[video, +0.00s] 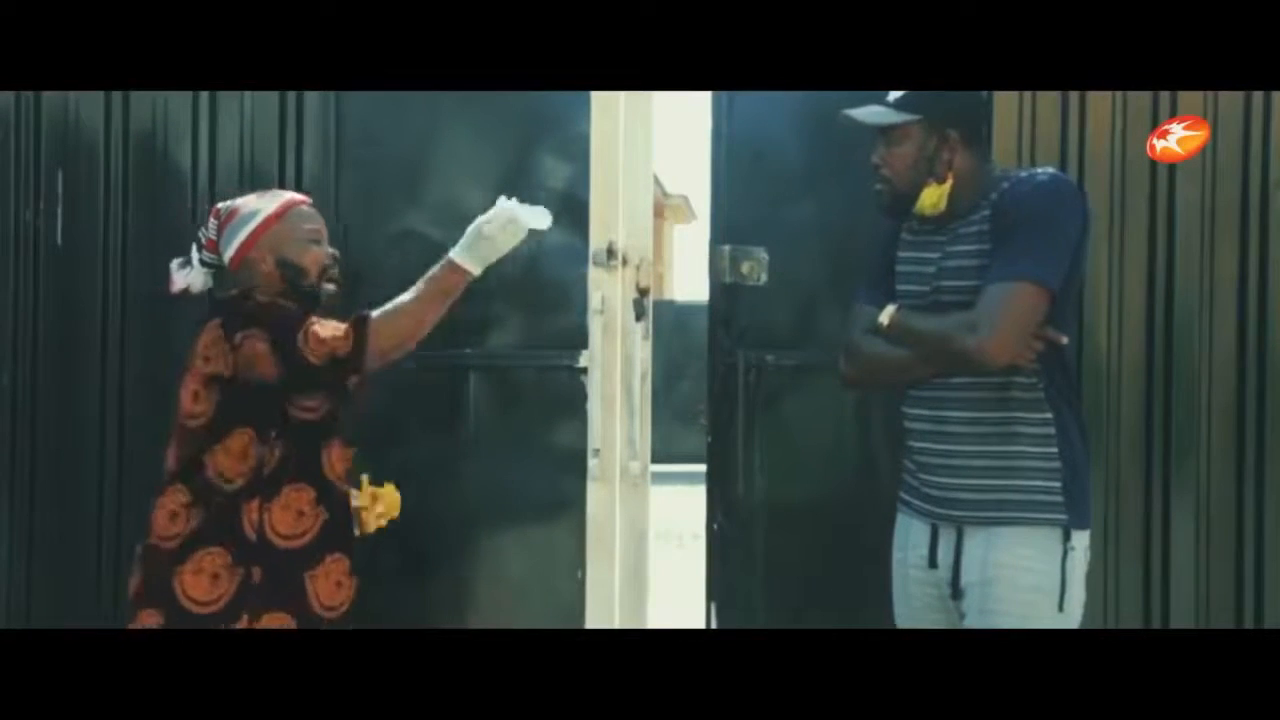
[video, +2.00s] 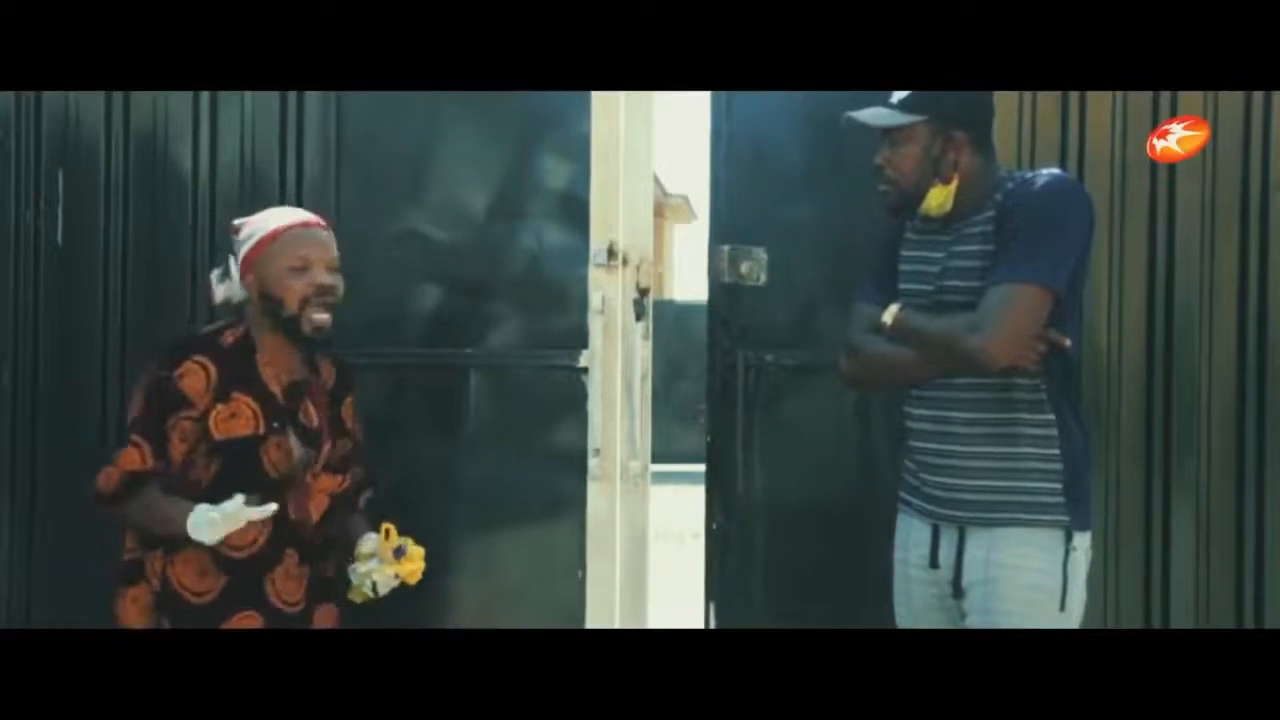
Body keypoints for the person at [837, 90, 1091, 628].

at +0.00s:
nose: (875, 159)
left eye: (892, 142)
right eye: (877, 142)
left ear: (948, 145)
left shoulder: (1042, 197)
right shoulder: (902, 224)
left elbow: (994, 343)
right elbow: (855, 362)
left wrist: (890, 319)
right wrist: (979, 338)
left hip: (1025, 522)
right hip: (922, 513)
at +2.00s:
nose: (878, 161)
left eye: (896, 143)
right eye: (880, 143)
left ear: (954, 146)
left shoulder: (1048, 198)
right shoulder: (903, 223)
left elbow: (995, 345)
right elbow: (855, 362)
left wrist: (894, 318)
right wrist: (984, 343)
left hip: (1026, 523)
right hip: (922, 513)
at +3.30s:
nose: (941, 159)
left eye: (959, 142)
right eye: (943, 143)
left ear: (1016, 149)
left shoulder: (1097, 210)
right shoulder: (969, 230)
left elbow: (1012, 343)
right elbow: (891, 341)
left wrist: (925, 304)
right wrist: (1001, 342)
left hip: (1038, 536)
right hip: (933, 518)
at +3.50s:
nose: (989, 155)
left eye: (1007, 137)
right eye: (990, 137)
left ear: (1064, 144)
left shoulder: (1152, 206)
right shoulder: (998, 226)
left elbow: (1079, 339)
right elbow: (928, 340)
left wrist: (974, 302)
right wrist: (1052, 335)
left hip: (1088, 533)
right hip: (973, 519)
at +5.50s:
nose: (991, 154)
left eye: (1008, 138)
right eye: (990, 138)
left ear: (1067, 138)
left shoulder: (1163, 190)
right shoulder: (1005, 216)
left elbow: (1095, 329)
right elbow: (941, 342)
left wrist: (984, 300)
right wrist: (1071, 329)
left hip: (1120, 527)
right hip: (1002, 515)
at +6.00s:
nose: (987, 156)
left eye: (1004, 139)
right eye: (986, 139)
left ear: (1063, 140)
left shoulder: (1160, 189)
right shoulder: (1005, 215)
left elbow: (1093, 328)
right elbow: (941, 343)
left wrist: (983, 300)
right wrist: (1071, 331)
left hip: (1121, 528)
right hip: (1003, 516)